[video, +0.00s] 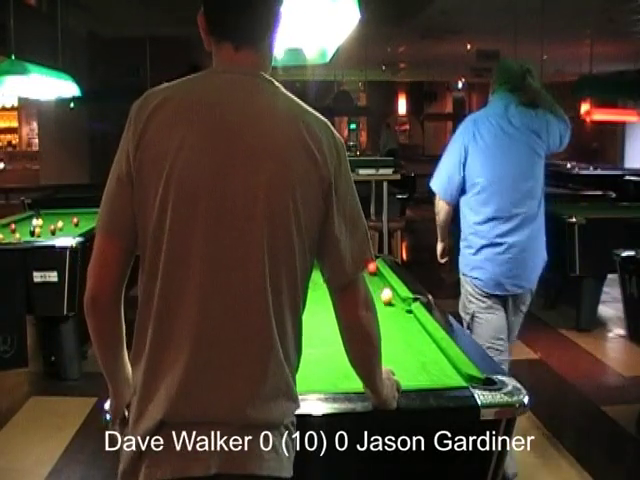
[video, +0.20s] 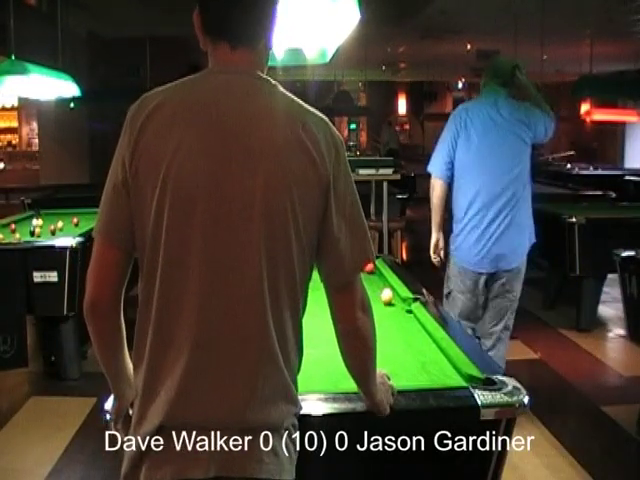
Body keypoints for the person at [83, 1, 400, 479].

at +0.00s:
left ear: (204, 25)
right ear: (274, 31)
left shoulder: (152, 113)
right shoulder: (316, 136)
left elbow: (99, 291)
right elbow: (350, 290)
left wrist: (121, 387)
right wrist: (379, 385)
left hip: (157, 419)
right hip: (262, 421)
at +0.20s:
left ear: (198, 22)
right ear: (270, 29)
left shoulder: (148, 116)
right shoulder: (315, 134)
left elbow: (98, 297)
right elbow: (350, 303)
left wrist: (125, 391)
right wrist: (372, 390)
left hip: (159, 423)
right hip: (264, 425)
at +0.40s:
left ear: (194, 24)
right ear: (268, 30)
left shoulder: (145, 118)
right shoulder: (314, 133)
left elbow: (97, 300)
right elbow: (348, 302)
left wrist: (125, 393)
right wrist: (369, 387)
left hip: (160, 424)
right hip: (264, 427)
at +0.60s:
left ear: (191, 22)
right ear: (266, 29)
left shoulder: (142, 119)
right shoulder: (313, 131)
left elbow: (98, 305)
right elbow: (345, 296)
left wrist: (126, 396)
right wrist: (365, 388)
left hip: (159, 428)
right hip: (264, 429)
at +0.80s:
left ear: (188, 23)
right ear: (264, 26)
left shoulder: (138, 118)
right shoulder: (310, 130)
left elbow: (95, 306)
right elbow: (338, 303)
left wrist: (124, 396)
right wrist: (354, 399)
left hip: (155, 432)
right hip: (262, 432)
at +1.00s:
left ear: (182, 23)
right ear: (260, 26)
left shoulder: (132, 119)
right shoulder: (307, 131)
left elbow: (90, 307)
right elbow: (331, 310)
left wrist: (121, 404)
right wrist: (333, 418)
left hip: (151, 434)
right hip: (260, 435)